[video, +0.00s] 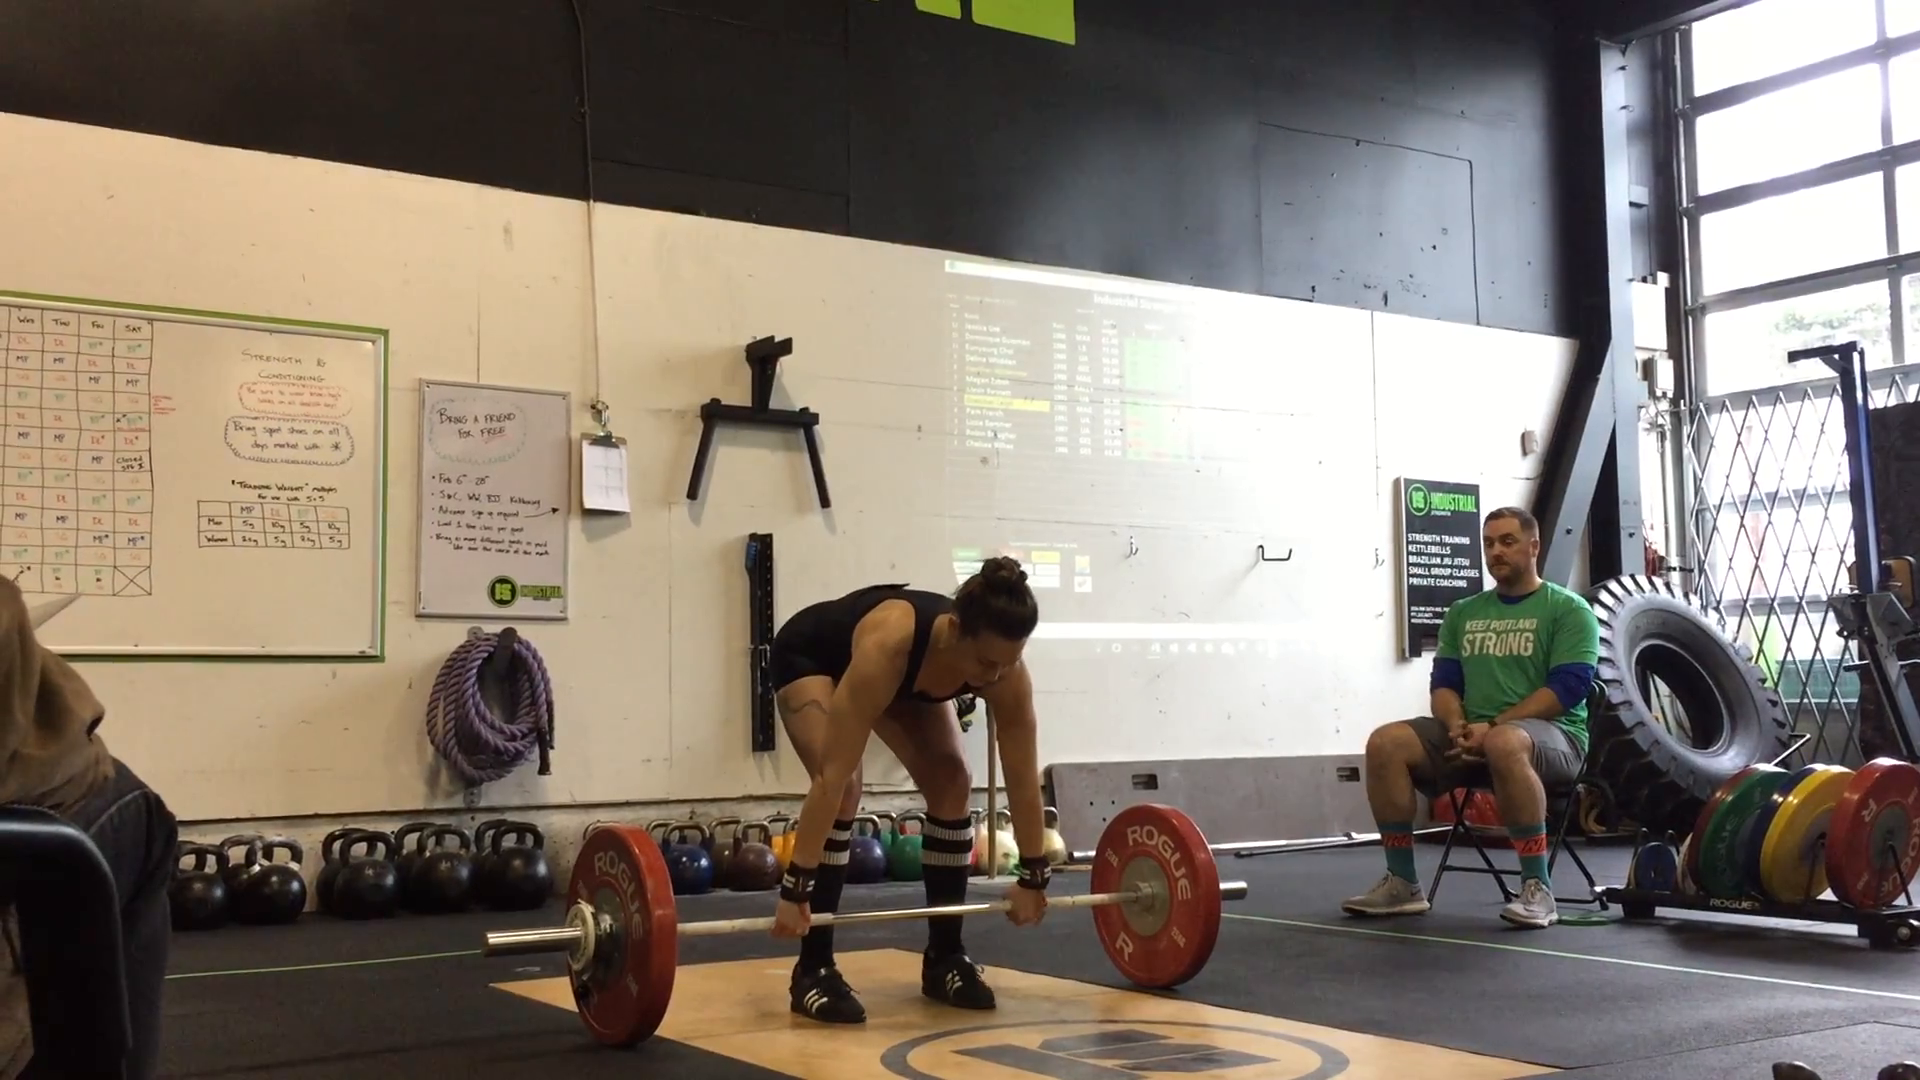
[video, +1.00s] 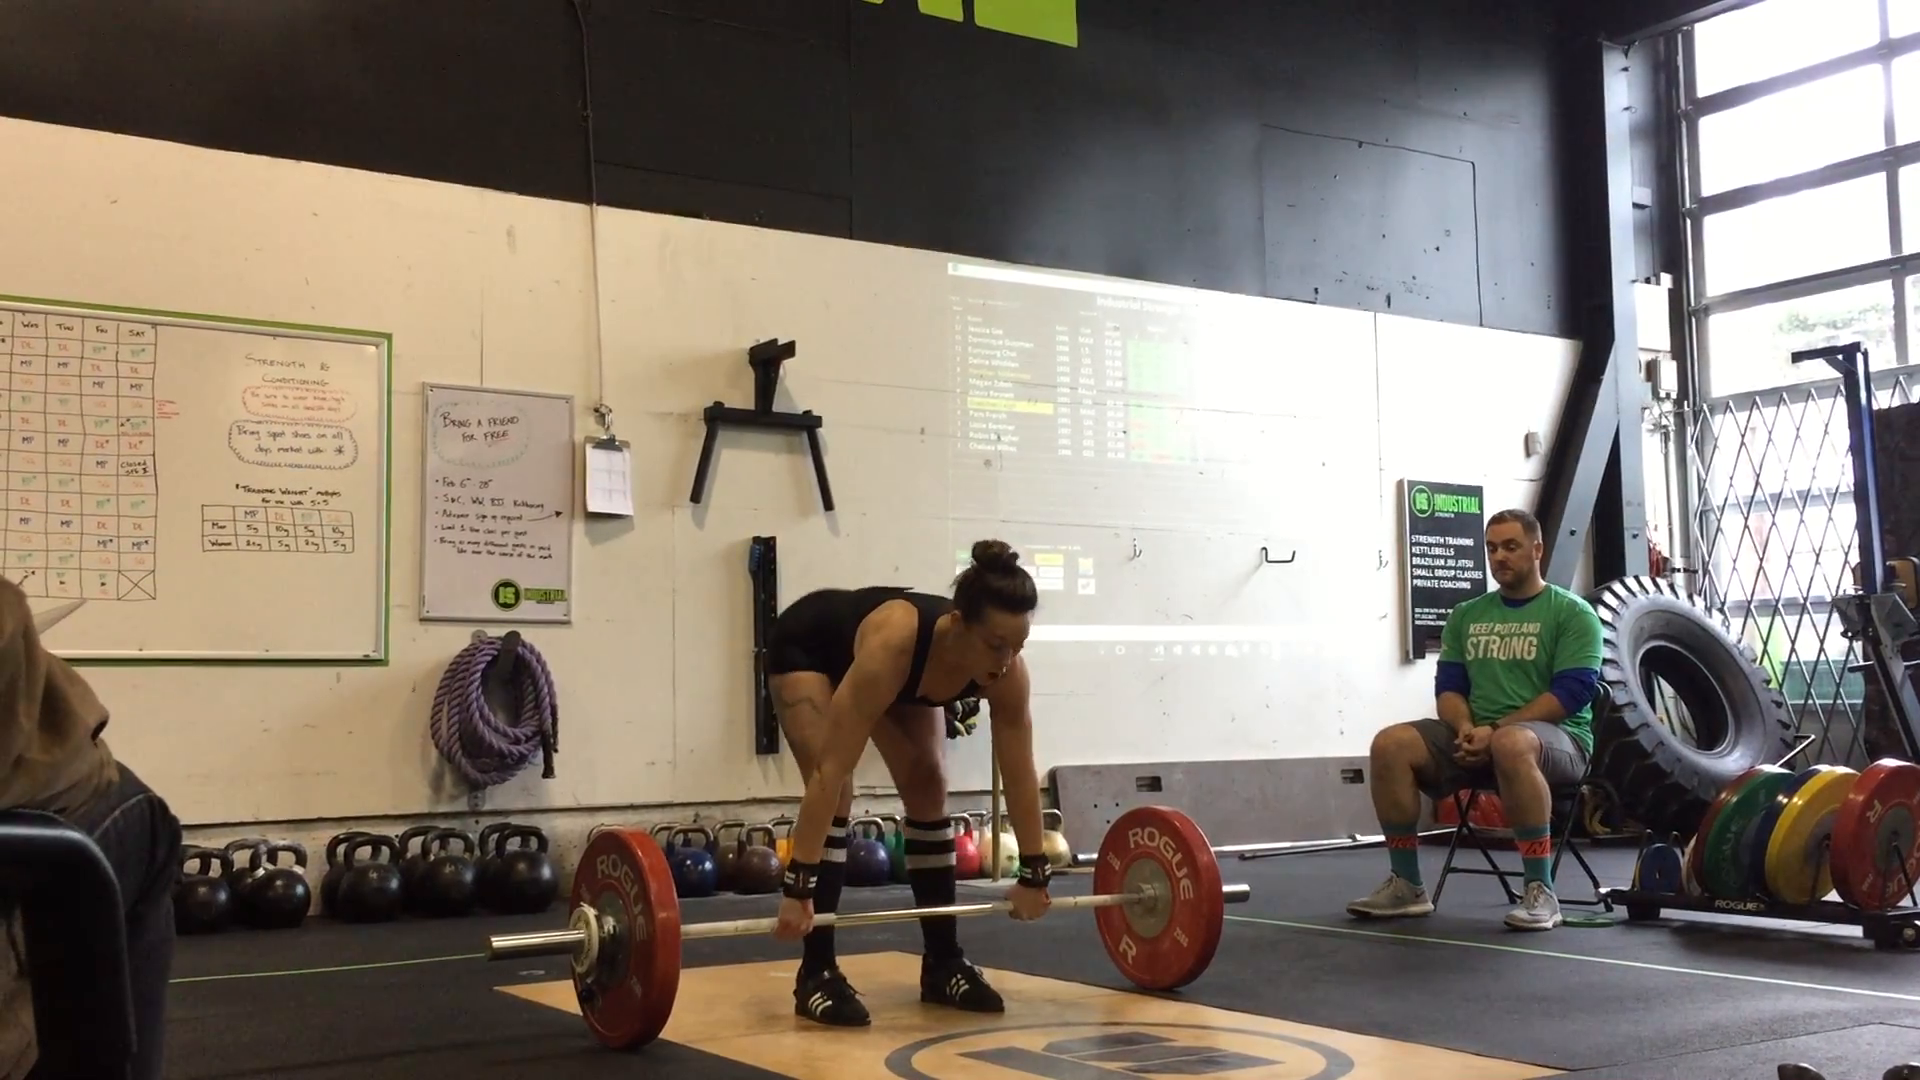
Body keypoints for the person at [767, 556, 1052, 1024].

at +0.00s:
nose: (996, 677)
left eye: (1008, 665)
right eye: (987, 663)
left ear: (1021, 649)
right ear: (952, 631)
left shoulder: (1010, 676)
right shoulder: (888, 645)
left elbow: (1023, 781)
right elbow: (833, 776)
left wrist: (1033, 877)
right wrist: (794, 890)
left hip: (903, 677)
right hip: (810, 659)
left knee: (951, 781)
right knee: (842, 789)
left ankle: (945, 959)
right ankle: (814, 971)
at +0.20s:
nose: (996, 674)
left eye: (1008, 663)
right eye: (987, 660)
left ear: (1020, 646)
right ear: (951, 630)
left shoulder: (1007, 675)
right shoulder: (888, 642)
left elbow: (1022, 780)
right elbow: (833, 774)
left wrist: (1034, 876)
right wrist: (796, 888)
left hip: (899, 676)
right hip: (806, 659)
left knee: (946, 786)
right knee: (841, 788)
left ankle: (941, 962)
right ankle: (815, 972)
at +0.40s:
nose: (997, 670)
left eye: (1008, 659)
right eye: (987, 656)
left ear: (1021, 641)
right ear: (952, 625)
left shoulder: (1006, 672)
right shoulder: (888, 644)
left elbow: (1020, 778)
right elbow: (833, 772)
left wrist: (1033, 874)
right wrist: (798, 887)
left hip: (896, 676)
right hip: (805, 659)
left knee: (944, 787)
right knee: (840, 788)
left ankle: (942, 962)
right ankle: (816, 973)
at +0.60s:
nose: (999, 672)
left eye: (1010, 660)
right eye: (989, 658)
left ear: (1022, 643)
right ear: (954, 628)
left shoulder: (1007, 673)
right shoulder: (890, 645)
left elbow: (1020, 778)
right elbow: (833, 774)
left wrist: (1033, 875)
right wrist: (799, 889)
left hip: (897, 676)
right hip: (805, 659)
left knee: (943, 789)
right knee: (843, 789)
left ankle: (942, 964)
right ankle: (817, 974)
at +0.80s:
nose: (1000, 671)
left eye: (1011, 659)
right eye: (990, 657)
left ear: (1023, 641)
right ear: (956, 627)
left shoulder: (1007, 672)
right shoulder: (890, 647)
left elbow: (1021, 778)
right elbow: (832, 776)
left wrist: (1034, 875)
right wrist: (796, 888)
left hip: (895, 684)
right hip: (806, 672)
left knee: (953, 792)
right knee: (850, 791)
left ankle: (943, 965)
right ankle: (818, 974)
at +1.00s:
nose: (1008, 662)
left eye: (1019, 647)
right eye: (997, 645)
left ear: (1026, 633)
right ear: (956, 624)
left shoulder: (1007, 673)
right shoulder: (893, 646)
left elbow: (1019, 775)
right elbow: (831, 771)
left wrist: (1034, 872)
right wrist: (798, 886)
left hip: (900, 670)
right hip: (805, 646)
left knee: (928, 784)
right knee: (834, 789)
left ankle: (943, 964)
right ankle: (818, 974)